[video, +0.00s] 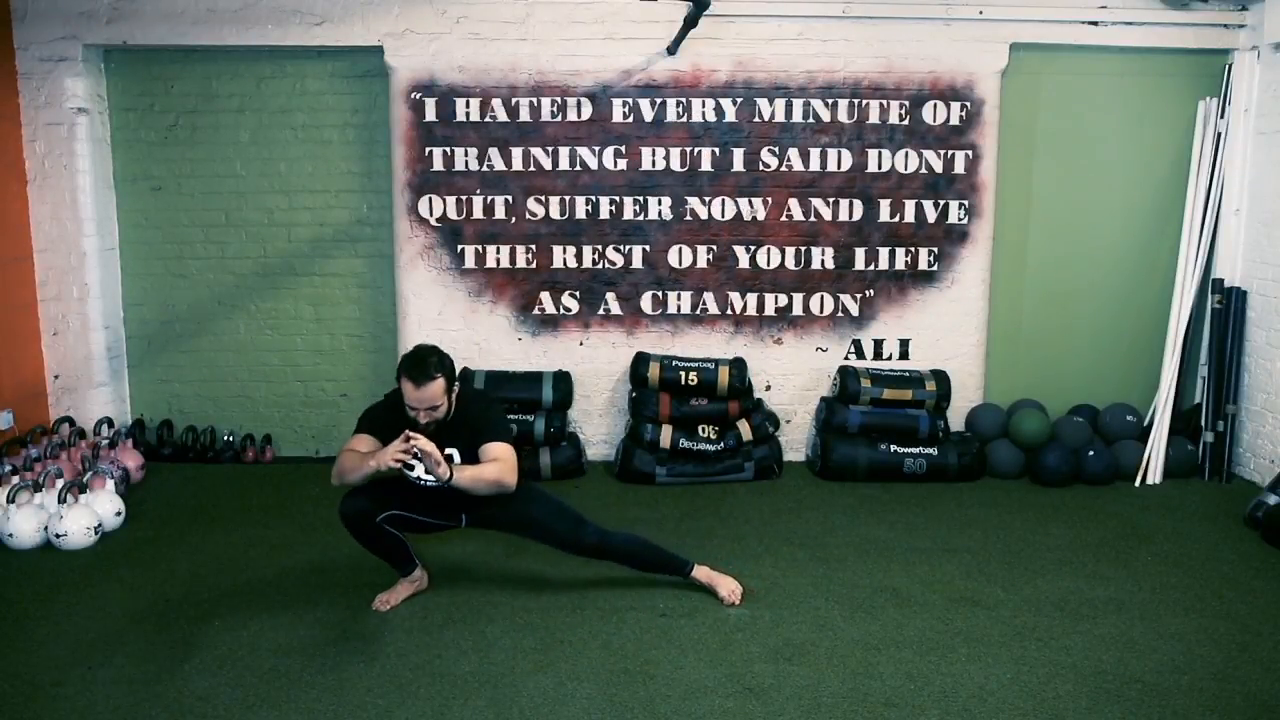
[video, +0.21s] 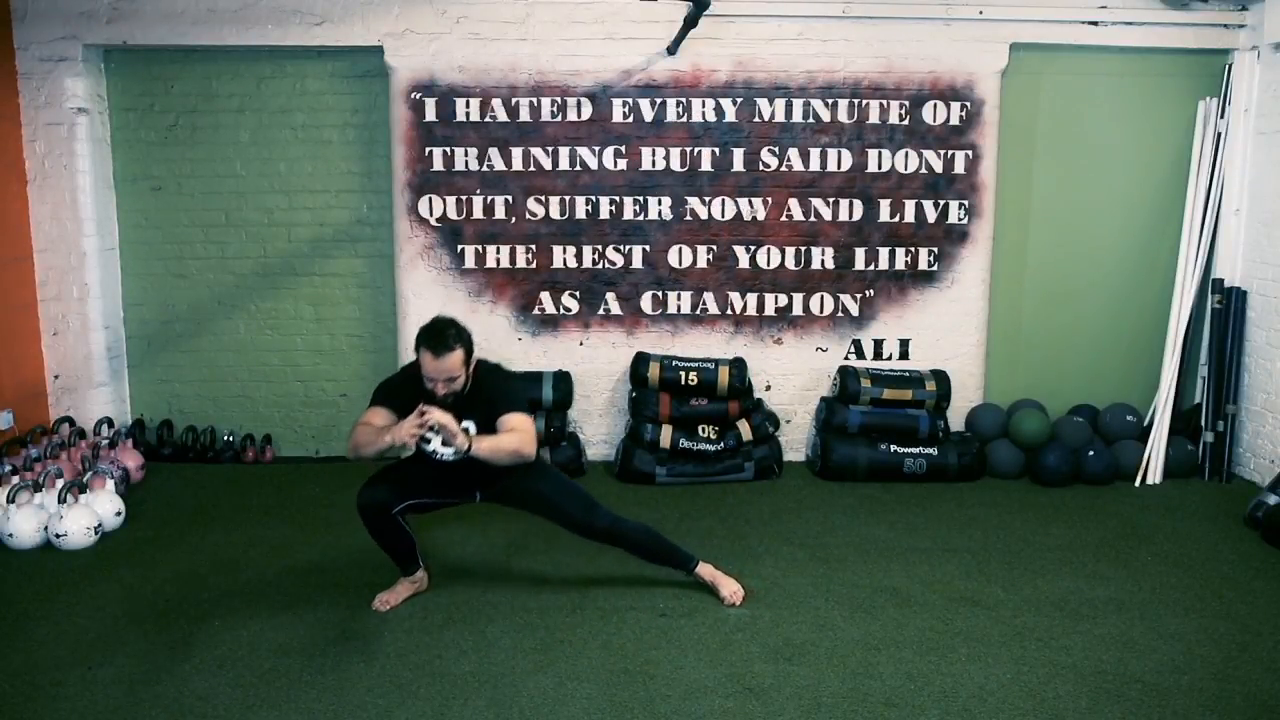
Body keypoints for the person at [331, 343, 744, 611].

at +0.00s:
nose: (423, 418)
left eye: (432, 407)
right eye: (413, 408)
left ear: (451, 388)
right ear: (400, 391)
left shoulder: (478, 409)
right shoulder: (385, 415)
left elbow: (504, 477)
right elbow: (340, 475)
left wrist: (448, 472)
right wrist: (375, 462)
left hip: (494, 497)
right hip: (431, 500)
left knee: (587, 537)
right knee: (354, 507)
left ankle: (698, 572)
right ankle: (413, 573)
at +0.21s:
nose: (439, 388)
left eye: (450, 379)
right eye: (431, 379)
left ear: (469, 363)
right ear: (417, 364)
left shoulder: (496, 383)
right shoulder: (405, 383)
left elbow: (524, 446)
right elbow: (356, 443)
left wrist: (466, 442)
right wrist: (391, 438)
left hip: (511, 469)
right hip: (447, 469)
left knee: (597, 522)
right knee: (373, 500)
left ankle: (702, 570)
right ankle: (414, 575)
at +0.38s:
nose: (480, 333)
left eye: (490, 324)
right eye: (471, 323)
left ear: (507, 312)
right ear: (459, 310)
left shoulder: (530, 337)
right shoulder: (438, 338)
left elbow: (566, 393)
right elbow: (395, 394)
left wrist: (516, 386)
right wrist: (440, 380)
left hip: (537, 437)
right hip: (467, 439)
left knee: (615, 500)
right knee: (401, 489)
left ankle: (709, 567)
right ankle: (415, 575)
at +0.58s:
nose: (561, 247)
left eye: (572, 238)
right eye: (553, 237)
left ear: (587, 230)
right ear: (539, 226)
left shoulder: (602, 266)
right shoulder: (512, 267)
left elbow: (650, 312)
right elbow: (476, 317)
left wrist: (604, 296)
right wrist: (528, 300)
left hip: (594, 397)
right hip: (523, 399)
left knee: (658, 476)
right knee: (462, 480)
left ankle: (716, 566)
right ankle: (418, 573)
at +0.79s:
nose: (634, 186)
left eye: (644, 175)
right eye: (624, 175)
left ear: (659, 166)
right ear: (608, 166)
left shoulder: (675, 205)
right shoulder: (589, 207)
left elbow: (725, 254)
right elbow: (546, 258)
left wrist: (680, 233)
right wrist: (601, 231)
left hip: (657, 360)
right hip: (592, 358)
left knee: (691, 461)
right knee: (546, 448)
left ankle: (723, 561)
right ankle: (520, 546)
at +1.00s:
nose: (670, 169)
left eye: (680, 159)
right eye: (661, 159)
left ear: (695, 153)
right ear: (648, 153)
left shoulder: (716, 193)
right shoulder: (628, 195)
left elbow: (754, 238)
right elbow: (580, 238)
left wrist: (704, 214)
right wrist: (625, 210)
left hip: (699, 351)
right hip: (635, 349)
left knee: (711, 459)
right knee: (622, 455)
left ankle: (726, 563)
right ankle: (614, 560)